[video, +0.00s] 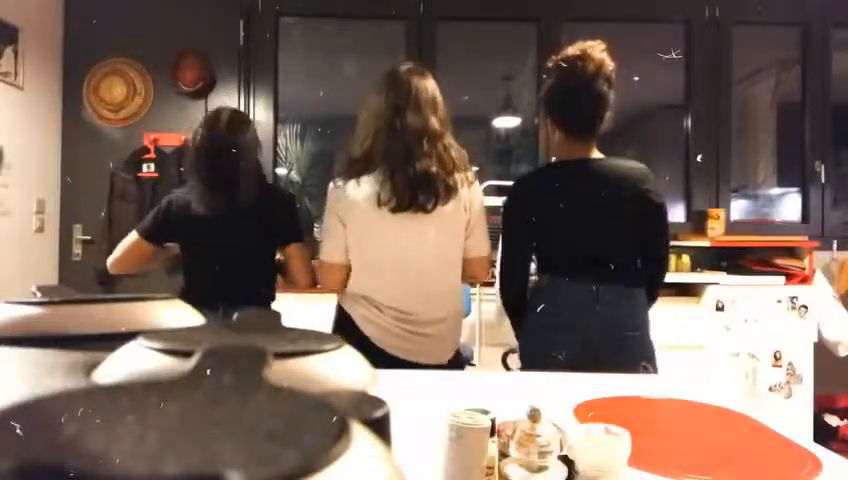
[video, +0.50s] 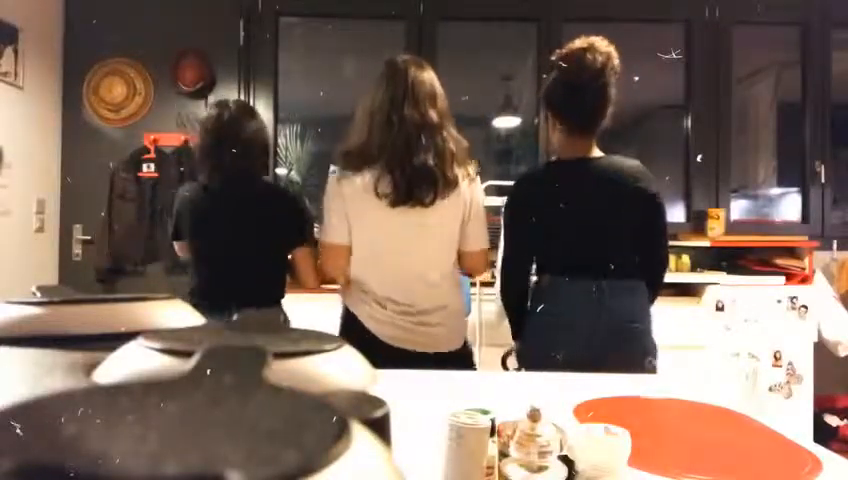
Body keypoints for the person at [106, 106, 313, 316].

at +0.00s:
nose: (260, 148)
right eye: (256, 143)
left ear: (198, 153)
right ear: (253, 149)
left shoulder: (181, 203)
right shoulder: (277, 202)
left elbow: (117, 264)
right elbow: (303, 279)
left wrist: (169, 252)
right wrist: (270, 262)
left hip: (194, 330)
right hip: (258, 332)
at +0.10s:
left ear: (197, 150)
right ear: (254, 149)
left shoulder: (182, 203)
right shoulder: (278, 203)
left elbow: (113, 262)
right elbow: (304, 280)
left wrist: (173, 253)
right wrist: (270, 260)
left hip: (194, 331)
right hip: (260, 333)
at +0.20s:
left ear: (196, 146)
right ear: (254, 145)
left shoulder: (181, 206)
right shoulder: (280, 203)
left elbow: (120, 269)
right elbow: (305, 282)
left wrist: (174, 250)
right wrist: (269, 262)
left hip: (199, 338)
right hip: (264, 338)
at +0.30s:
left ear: (198, 146)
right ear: (260, 145)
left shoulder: (182, 202)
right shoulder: (281, 202)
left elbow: (139, 270)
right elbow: (306, 279)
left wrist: (177, 246)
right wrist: (274, 260)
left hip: (202, 332)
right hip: (265, 331)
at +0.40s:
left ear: (206, 157)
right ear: (263, 154)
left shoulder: (191, 208)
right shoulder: (283, 208)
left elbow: (166, 264)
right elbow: (309, 286)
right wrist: (279, 260)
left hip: (209, 335)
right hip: (269, 335)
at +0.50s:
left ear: (204, 149)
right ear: (262, 146)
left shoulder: (190, 199)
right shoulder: (284, 200)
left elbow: (183, 250)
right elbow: (309, 280)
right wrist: (279, 257)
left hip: (207, 327)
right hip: (268, 325)